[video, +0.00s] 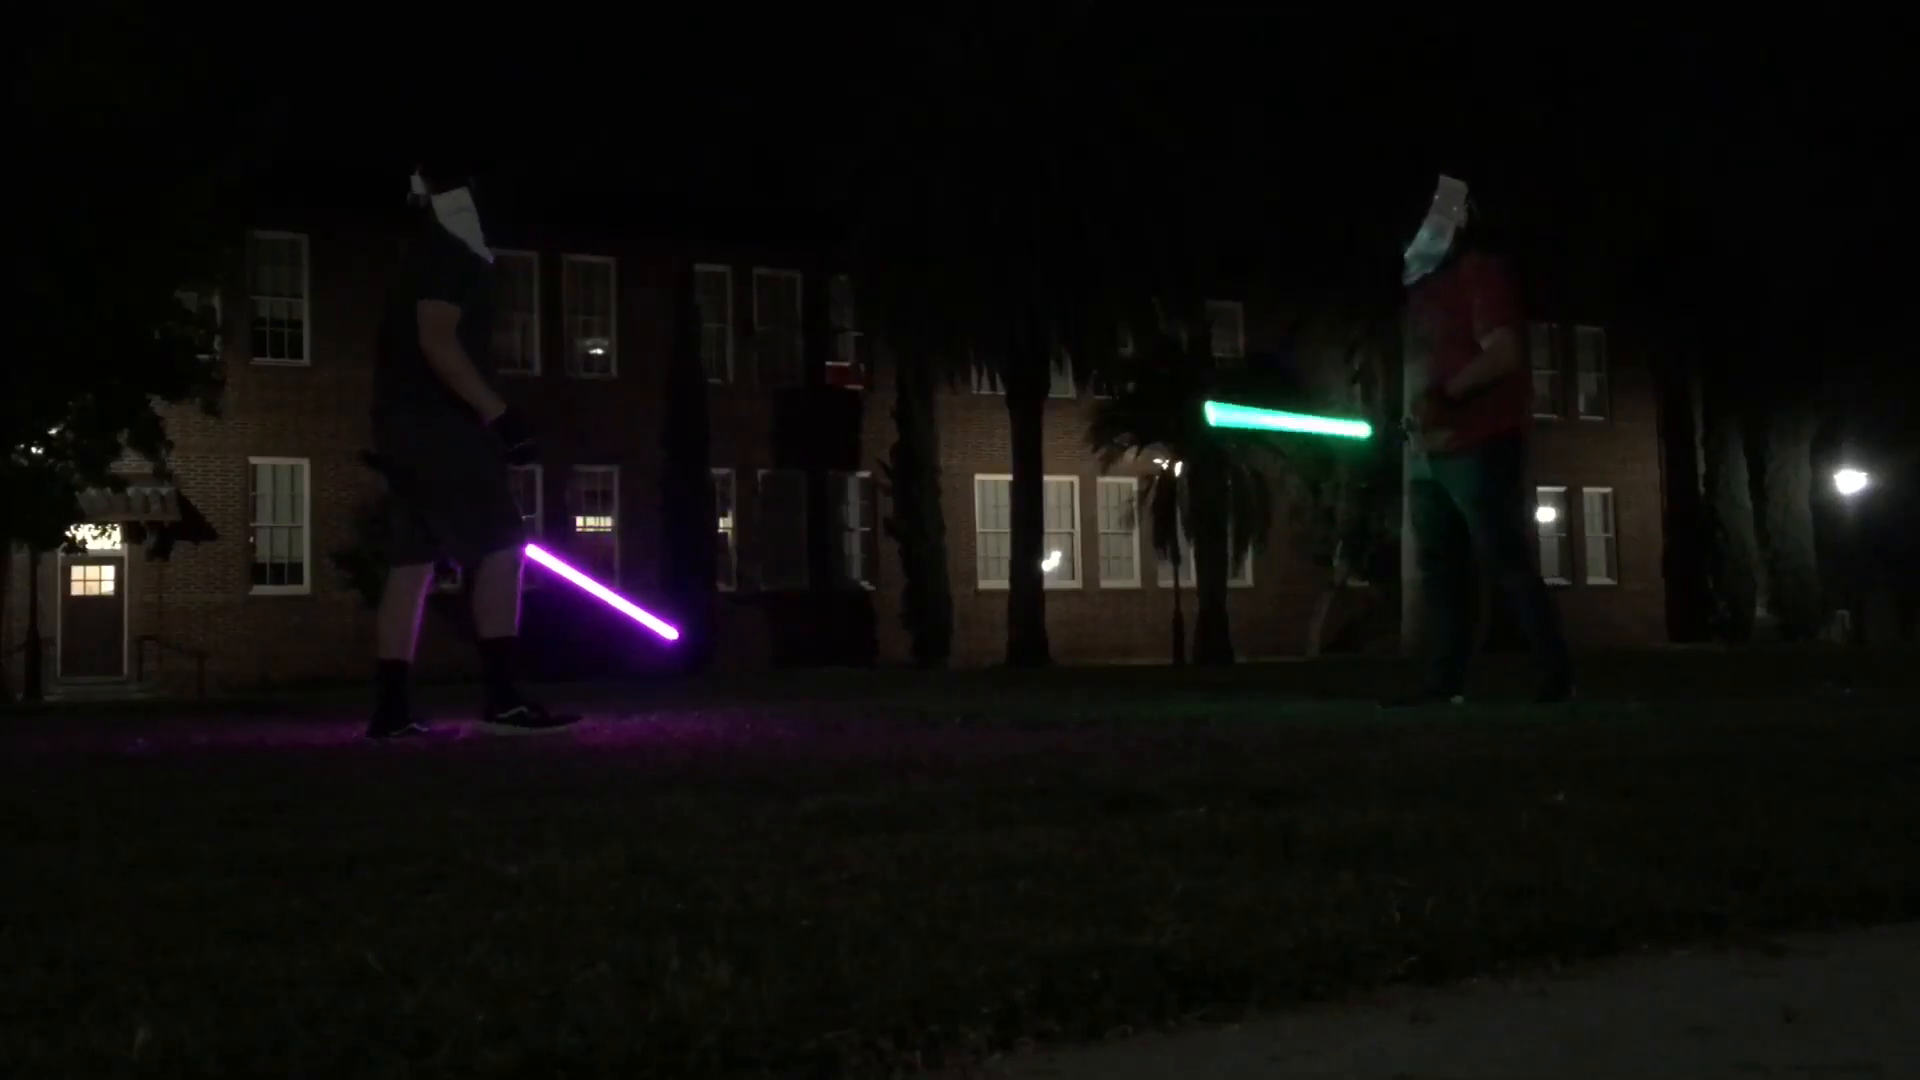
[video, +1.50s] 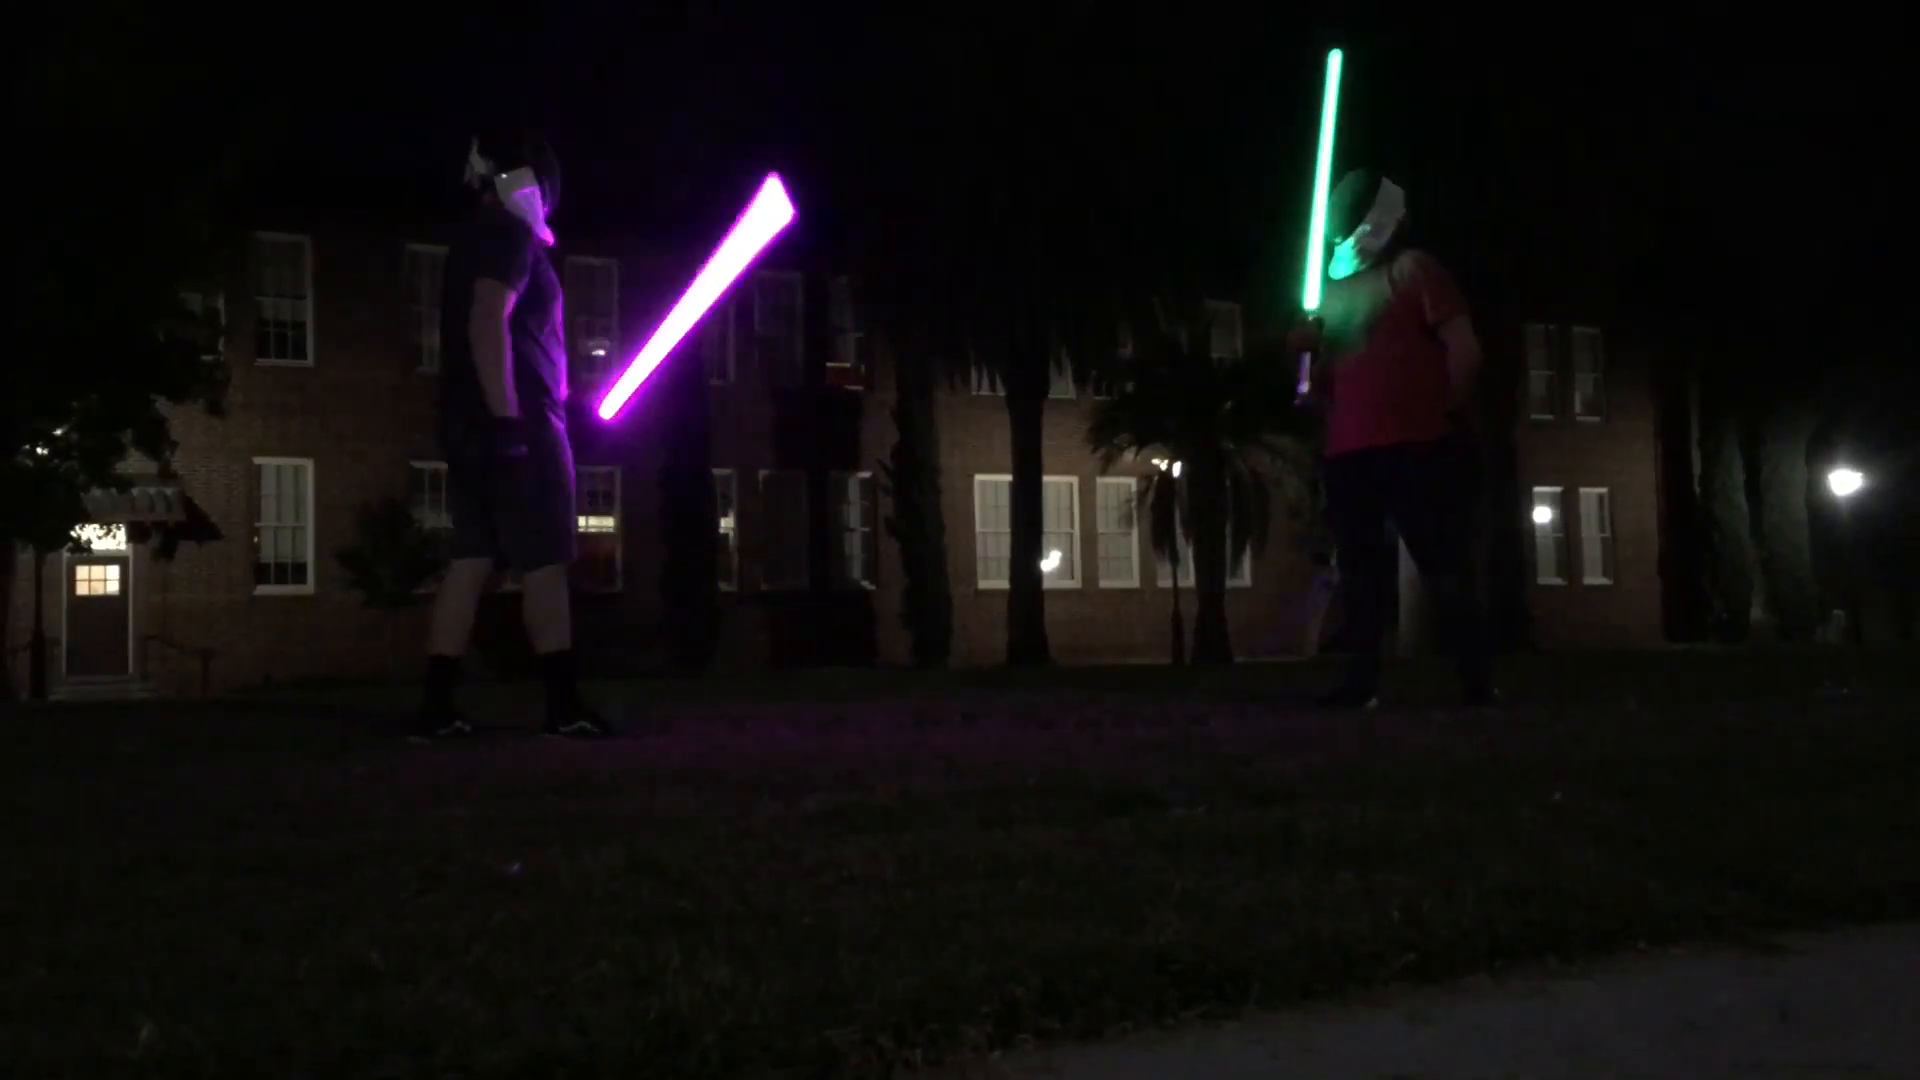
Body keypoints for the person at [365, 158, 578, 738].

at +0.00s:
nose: (493, 213)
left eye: (488, 201)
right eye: (485, 201)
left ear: (434, 203)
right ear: (462, 203)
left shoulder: (421, 254)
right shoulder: (449, 254)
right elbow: (437, 343)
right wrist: (499, 414)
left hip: (410, 437)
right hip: (448, 438)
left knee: (411, 560)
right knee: (503, 546)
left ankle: (390, 709)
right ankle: (504, 694)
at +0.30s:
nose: (521, 224)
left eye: (518, 211)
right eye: (515, 211)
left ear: (466, 208)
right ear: (495, 209)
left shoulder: (446, 257)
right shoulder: (473, 259)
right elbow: (448, 345)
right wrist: (473, 434)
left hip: (430, 440)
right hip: (471, 439)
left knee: (418, 567)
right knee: (502, 568)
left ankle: (392, 709)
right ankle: (520, 708)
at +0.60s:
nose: (548, 210)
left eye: (545, 198)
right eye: (542, 197)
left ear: (501, 189)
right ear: (520, 191)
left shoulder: (483, 245)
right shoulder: (504, 246)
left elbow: (504, 356)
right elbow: (486, 336)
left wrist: (564, 406)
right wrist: (511, 429)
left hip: (466, 431)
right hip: (497, 433)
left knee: (462, 563)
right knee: (510, 565)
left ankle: (404, 697)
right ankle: (521, 708)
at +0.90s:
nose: (546, 209)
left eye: (546, 195)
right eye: (542, 194)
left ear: (499, 185)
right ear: (524, 186)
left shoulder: (481, 239)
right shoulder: (506, 236)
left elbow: (519, 354)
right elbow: (475, 318)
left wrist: (588, 362)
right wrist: (478, 415)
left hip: (473, 425)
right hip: (498, 426)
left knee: (476, 564)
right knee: (506, 564)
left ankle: (438, 698)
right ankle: (517, 707)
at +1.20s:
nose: (538, 190)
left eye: (535, 179)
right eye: (532, 178)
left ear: (477, 174)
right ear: (516, 176)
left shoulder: (491, 234)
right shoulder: (494, 226)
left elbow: (514, 352)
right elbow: (436, 306)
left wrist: (573, 322)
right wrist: (406, 391)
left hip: (458, 420)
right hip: (500, 416)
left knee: (448, 555)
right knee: (565, 541)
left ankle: (431, 706)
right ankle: (545, 696)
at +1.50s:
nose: (549, 205)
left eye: (547, 192)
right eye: (543, 190)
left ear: (496, 187)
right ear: (522, 186)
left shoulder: (478, 239)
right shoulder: (513, 237)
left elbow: (485, 333)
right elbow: (488, 323)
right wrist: (508, 419)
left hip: (479, 426)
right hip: (529, 426)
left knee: (470, 560)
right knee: (548, 561)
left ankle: (437, 703)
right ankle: (563, 703)